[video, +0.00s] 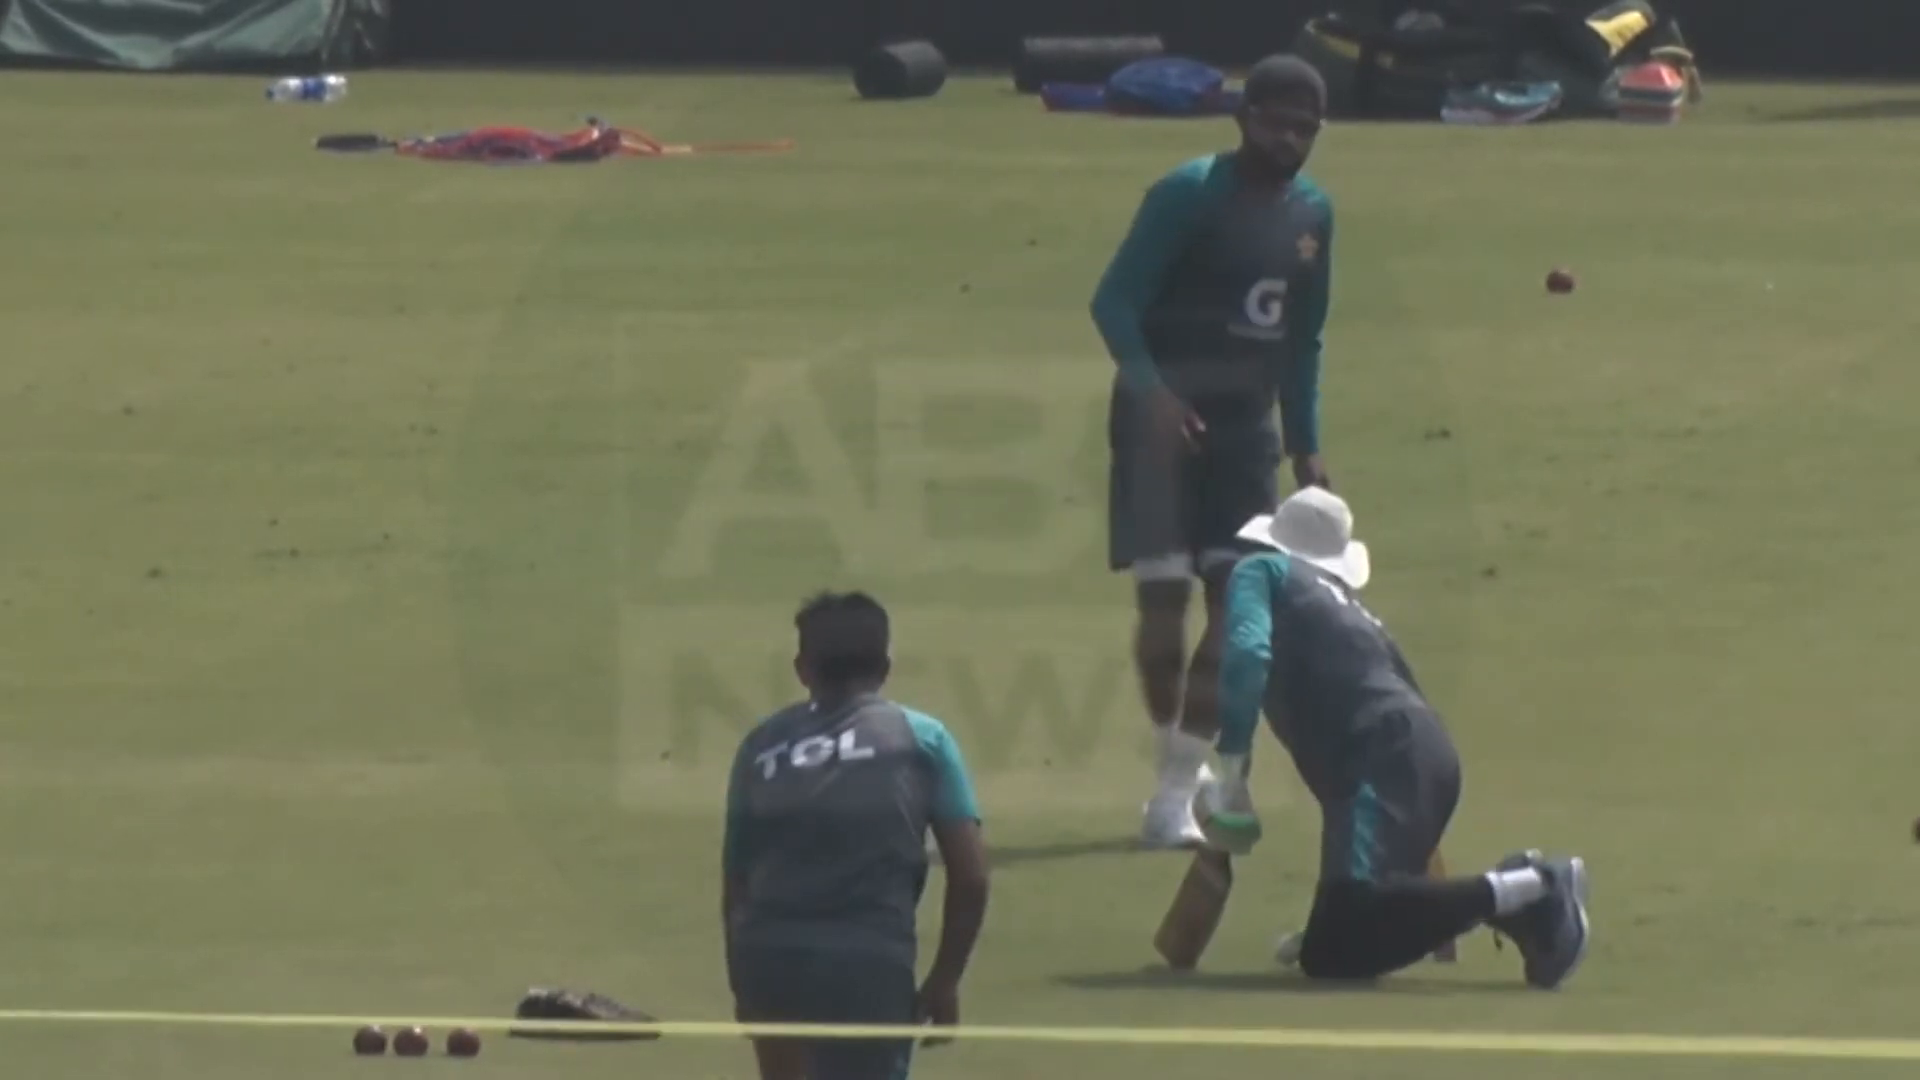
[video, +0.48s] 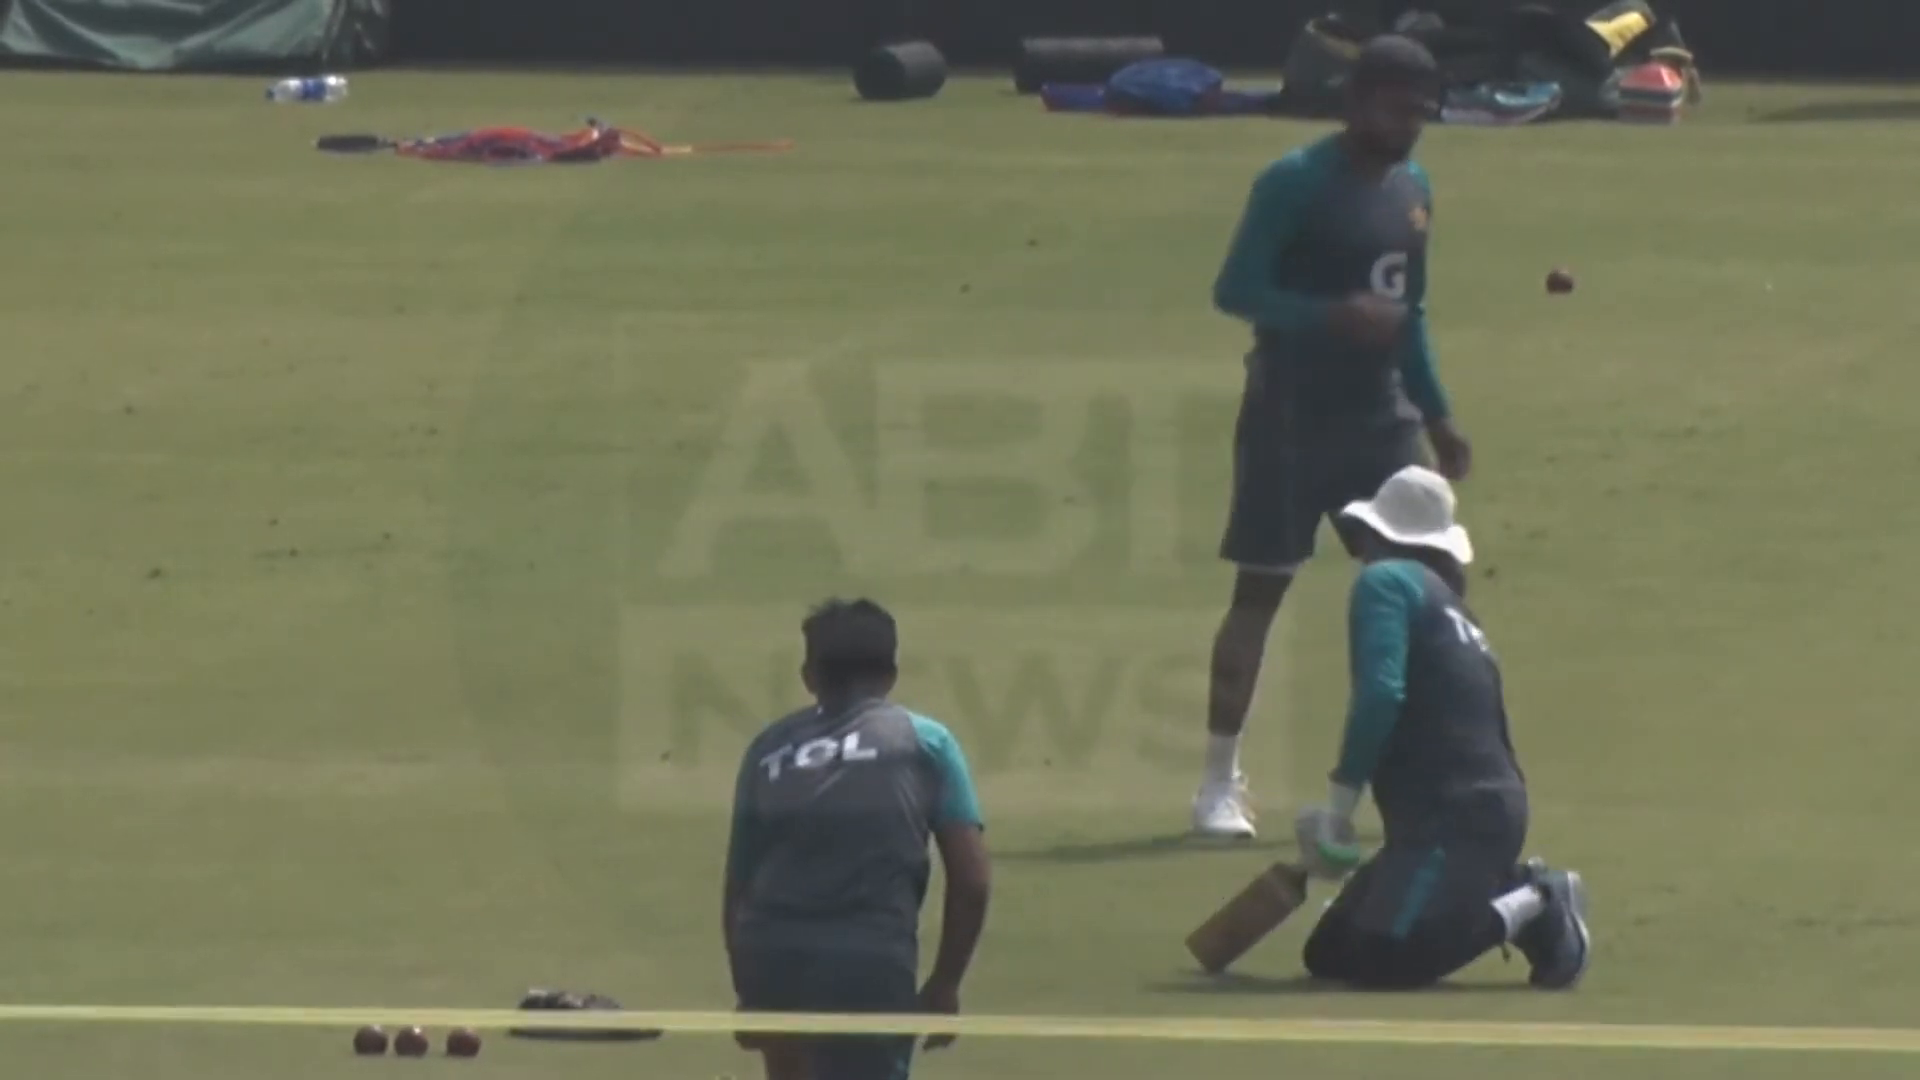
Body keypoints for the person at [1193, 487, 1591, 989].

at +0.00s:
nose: (1252, 556)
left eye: (1260, 549)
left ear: (1276, 547)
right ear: (1334, 564)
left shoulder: (1260, 568)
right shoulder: (1352, 611)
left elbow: (1248, 653)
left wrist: (1231, 772)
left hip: (1388, 759)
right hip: (1430, 761)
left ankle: (1526, 889)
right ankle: (1515, 892)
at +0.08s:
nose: (1254, 556)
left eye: (1265, 548)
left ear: (1285, 548)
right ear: (1338, 561)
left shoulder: (1271, 572)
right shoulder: (1356, 604)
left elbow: (1258, 662)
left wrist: (1239, 774)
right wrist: (1327, 928)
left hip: (1395, 772)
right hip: (1436, 767)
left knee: (1334, 953)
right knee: (1353, 933)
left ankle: (1527, 902)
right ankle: (1503, 895)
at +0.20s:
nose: (1279, 543)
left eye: (1289, 535)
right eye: (1285, 535)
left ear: (1304, 539)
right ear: (1358, 557)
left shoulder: (1294, 572)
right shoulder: (1374, 604)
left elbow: (1284, 667)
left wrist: (1255, 780)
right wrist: (1330, 921)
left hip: (1411, 779)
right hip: (1448, 776)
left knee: (1335, 953)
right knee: (1350, 939)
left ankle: (1531, 901)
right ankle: (1498, 899)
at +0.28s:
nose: (1296, 545)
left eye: (1304, 534)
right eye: (1302, 534)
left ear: (1317, 537)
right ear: (1374, 551)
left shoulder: (1316, 574)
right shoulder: (1387, 601)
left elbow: (1307, 672)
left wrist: (1277, 781)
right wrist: (1338, 916)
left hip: (1423, 793)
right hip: (1456, 787)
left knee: (1336, 954)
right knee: (1343, 943)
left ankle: (1527, 904)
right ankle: (1502, 901)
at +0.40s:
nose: (1334, 548)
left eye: (1341, 537)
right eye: (1335, 537)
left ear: (1360, 535)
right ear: (1406, 546)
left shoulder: (1354, 573)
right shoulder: (1424, 606)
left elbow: (1347, 684)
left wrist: (1310, 802)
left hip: (1448, 806)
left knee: (1367, 961)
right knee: (1330, 952)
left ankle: (1531, 903)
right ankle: (1508, 900)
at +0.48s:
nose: (1360, 545)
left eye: (1368, 533)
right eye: (1363, 532)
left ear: (1387, 535)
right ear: (1432, 547)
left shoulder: (1386, 580)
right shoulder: (1452, 615)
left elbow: (1382, 695)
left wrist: (1338, 807)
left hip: (1457, 827)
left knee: (1368, 967)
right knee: (1331, 956)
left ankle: (1534, 903)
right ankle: (1513, 894)